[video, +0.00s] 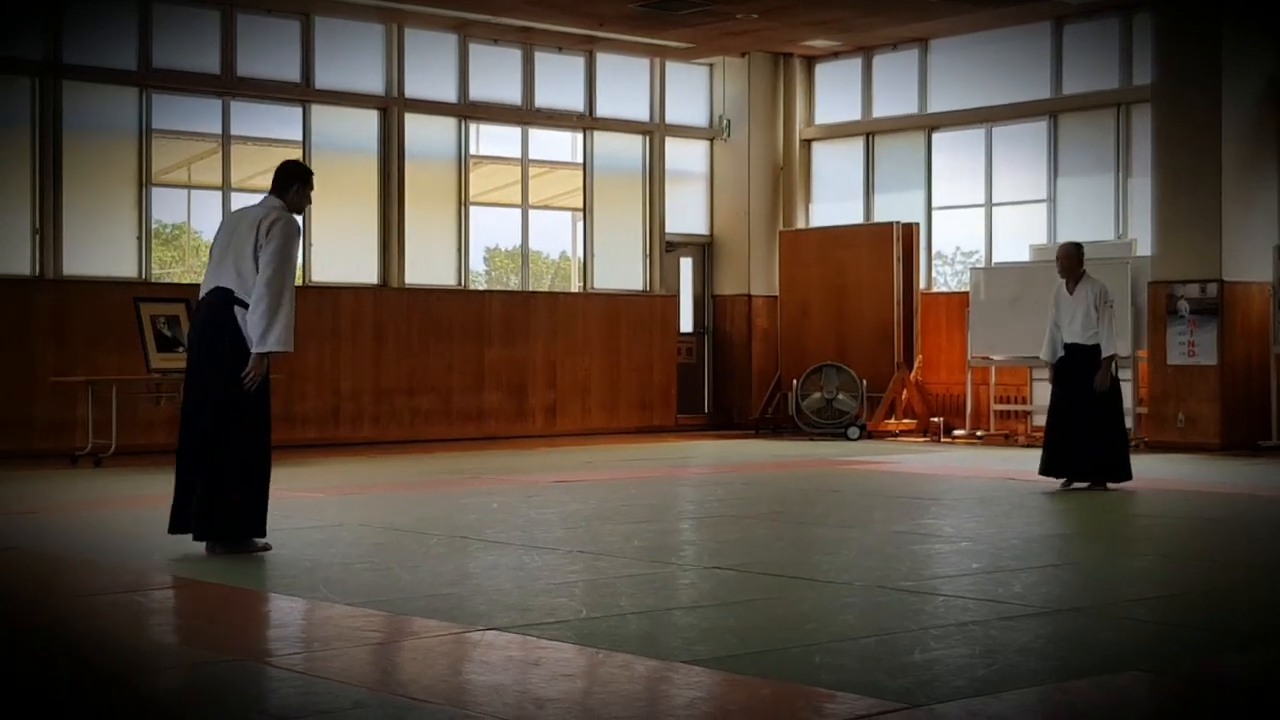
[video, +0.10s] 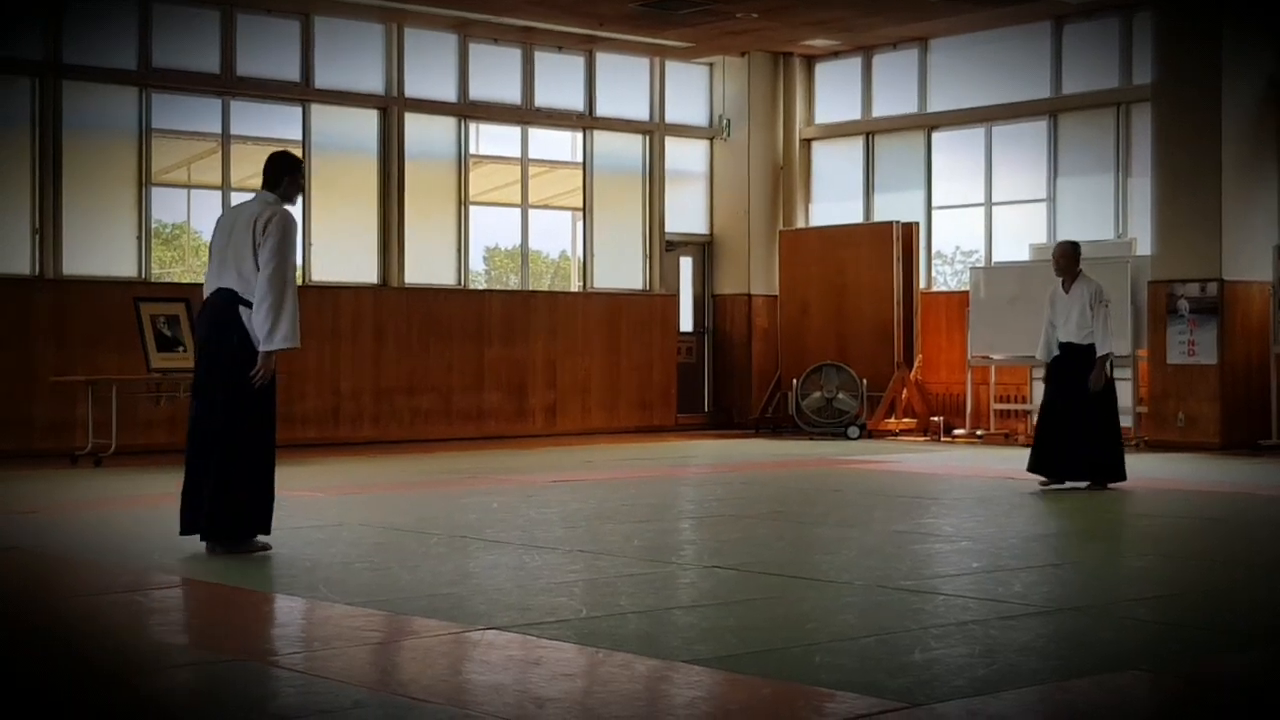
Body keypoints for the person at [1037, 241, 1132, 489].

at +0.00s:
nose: (1058, 266)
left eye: (1062, 261)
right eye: (1056, 261)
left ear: (1078, 261)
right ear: (1059, 263)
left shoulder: (1097, 289)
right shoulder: (1060, 291)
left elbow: (1107, 329)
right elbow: (1054, 328)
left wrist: (1106, 366)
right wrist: (1051, 362)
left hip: (1093, 356)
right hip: (1068, 357)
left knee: (1096, 418)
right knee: (1067, 417)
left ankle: (1099, 475)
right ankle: (1070, 472)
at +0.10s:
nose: (1054, 264)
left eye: (1060, 259)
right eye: (1053, 259)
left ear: (1076, 260)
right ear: (1055, 261)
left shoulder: (1093, 289)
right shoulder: (1055, 292)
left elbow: (1102, 328)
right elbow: (1049, 328)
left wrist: (1100, 365)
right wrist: (1046, 363)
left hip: (1088, 356)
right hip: (1063, 356)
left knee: (1093, 417)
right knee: (1057, 415)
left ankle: (1099, 475)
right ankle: (1056, 472)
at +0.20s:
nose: (1049, 263)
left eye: (1054, 258)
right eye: (1048, 258)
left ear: (1070, 260)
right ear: (1049, 261)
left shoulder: (1086, 289)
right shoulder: (1050, 291)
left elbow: (1097, 329)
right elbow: (1043, 328)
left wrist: (1095, 366)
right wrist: (1040, 363)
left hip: (1083, 357)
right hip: (1057, 357)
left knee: (1090, 418)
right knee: (1045, 414)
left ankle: (1098, 475)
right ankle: (1036, 472)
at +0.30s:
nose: (1042, 262)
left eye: (1048, 257)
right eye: (1041, 257)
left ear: (1063, 260)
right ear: (1042, 260)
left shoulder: (1079, 289)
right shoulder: (1041, 293)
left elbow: (1089, 329)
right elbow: (1034, 329)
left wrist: (1089, 366)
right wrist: (1031, 363)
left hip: (1075, 358)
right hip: (1048, 358)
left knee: (1084, 417)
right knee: (1037, 415)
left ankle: (1093, 474)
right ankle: (1023, 472)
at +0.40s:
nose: (1033, 263)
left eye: (1038, 258)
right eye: (1033, 258)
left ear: (1053, 260)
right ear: (1034, 260)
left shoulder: (1070, 290)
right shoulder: (1031, 293)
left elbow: (1082, 329)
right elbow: (1023, 331)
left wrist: (1083, 367)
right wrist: (1020, 365)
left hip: (1064, 357)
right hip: (1037, 358)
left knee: (1079, 418)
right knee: (1031, 418)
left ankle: (1095, 475)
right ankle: (1022, 476)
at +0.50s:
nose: (1024, 259)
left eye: (1029, 255)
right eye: (1023, 254)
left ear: (1043, 257)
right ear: (1022, 256)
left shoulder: (1060, 287)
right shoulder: (1020, 292)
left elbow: (1073, 328)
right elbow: (1012, 330)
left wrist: (1074, 365)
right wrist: (1009, 367)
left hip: (1052, 357)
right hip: (1025, 357)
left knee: (1069, 416)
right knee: (1022, 417)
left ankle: (1094, 466)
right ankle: (1020, 477)